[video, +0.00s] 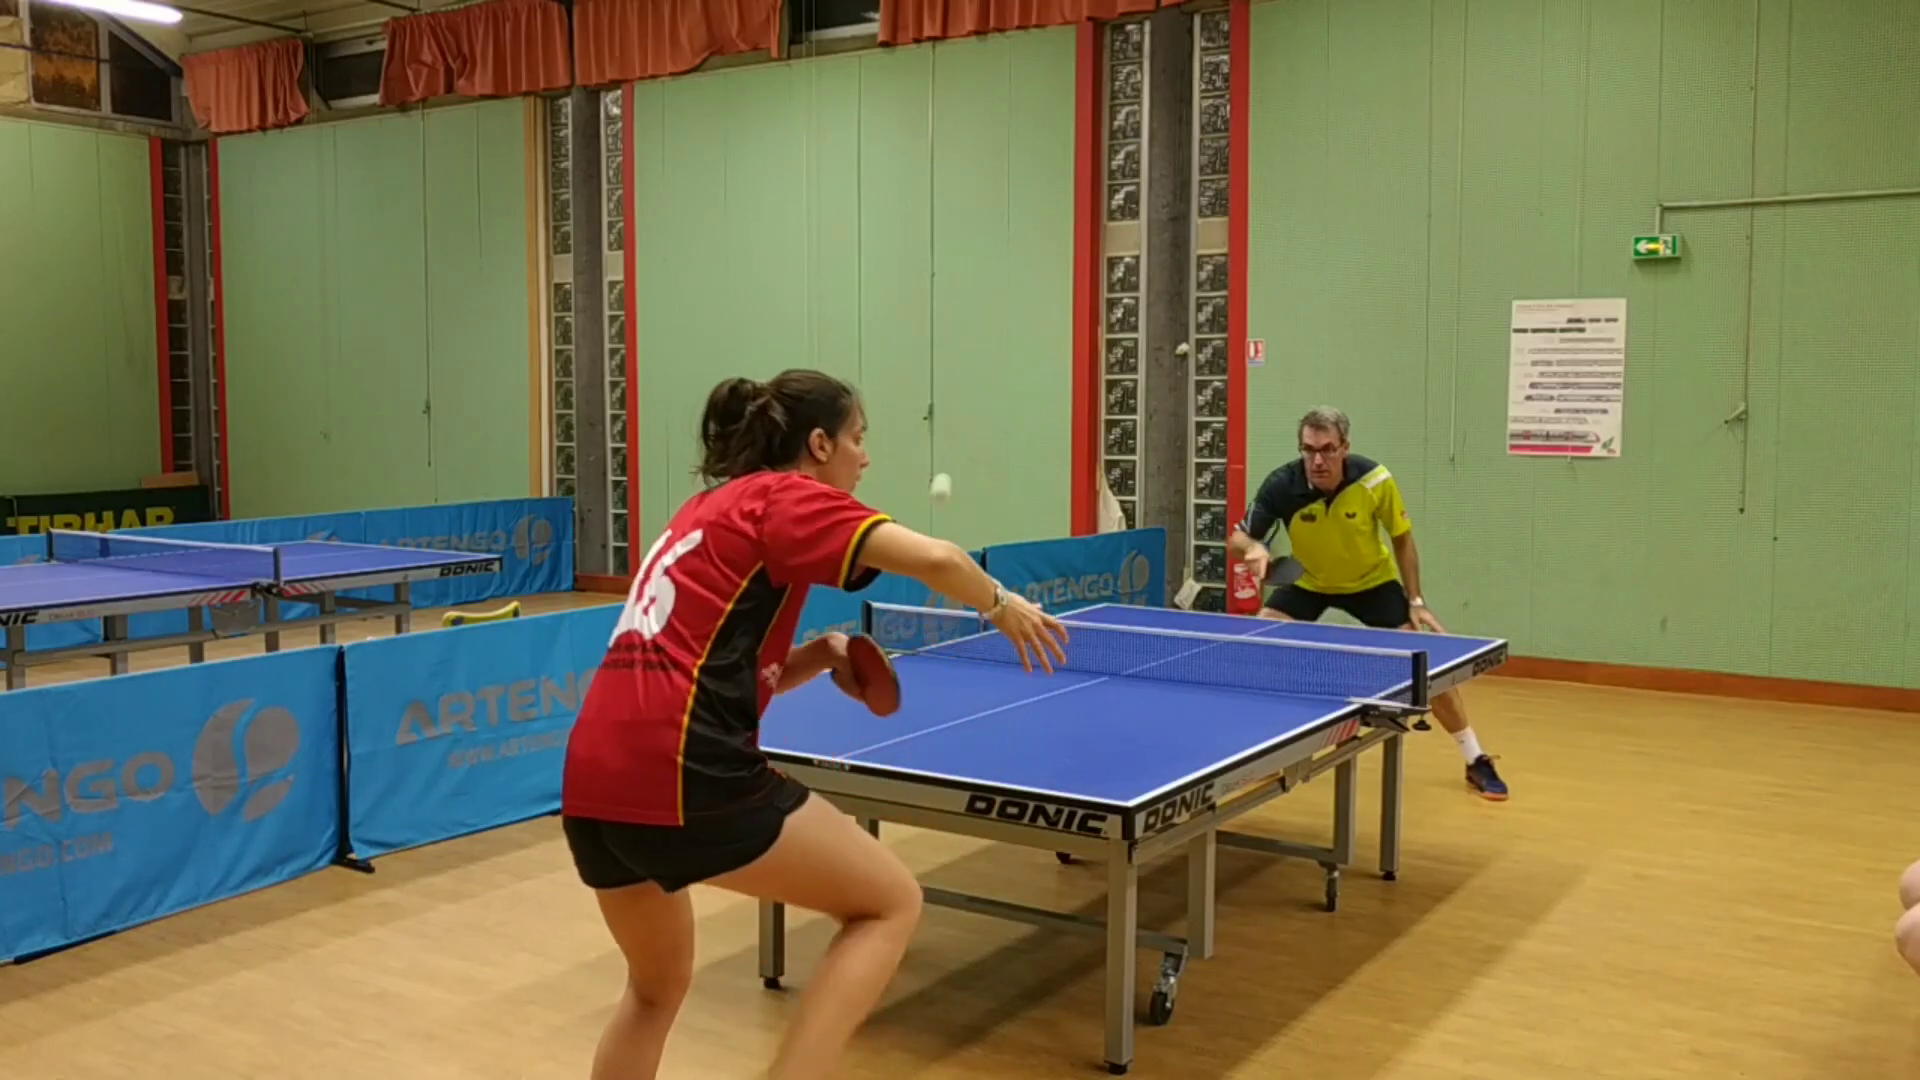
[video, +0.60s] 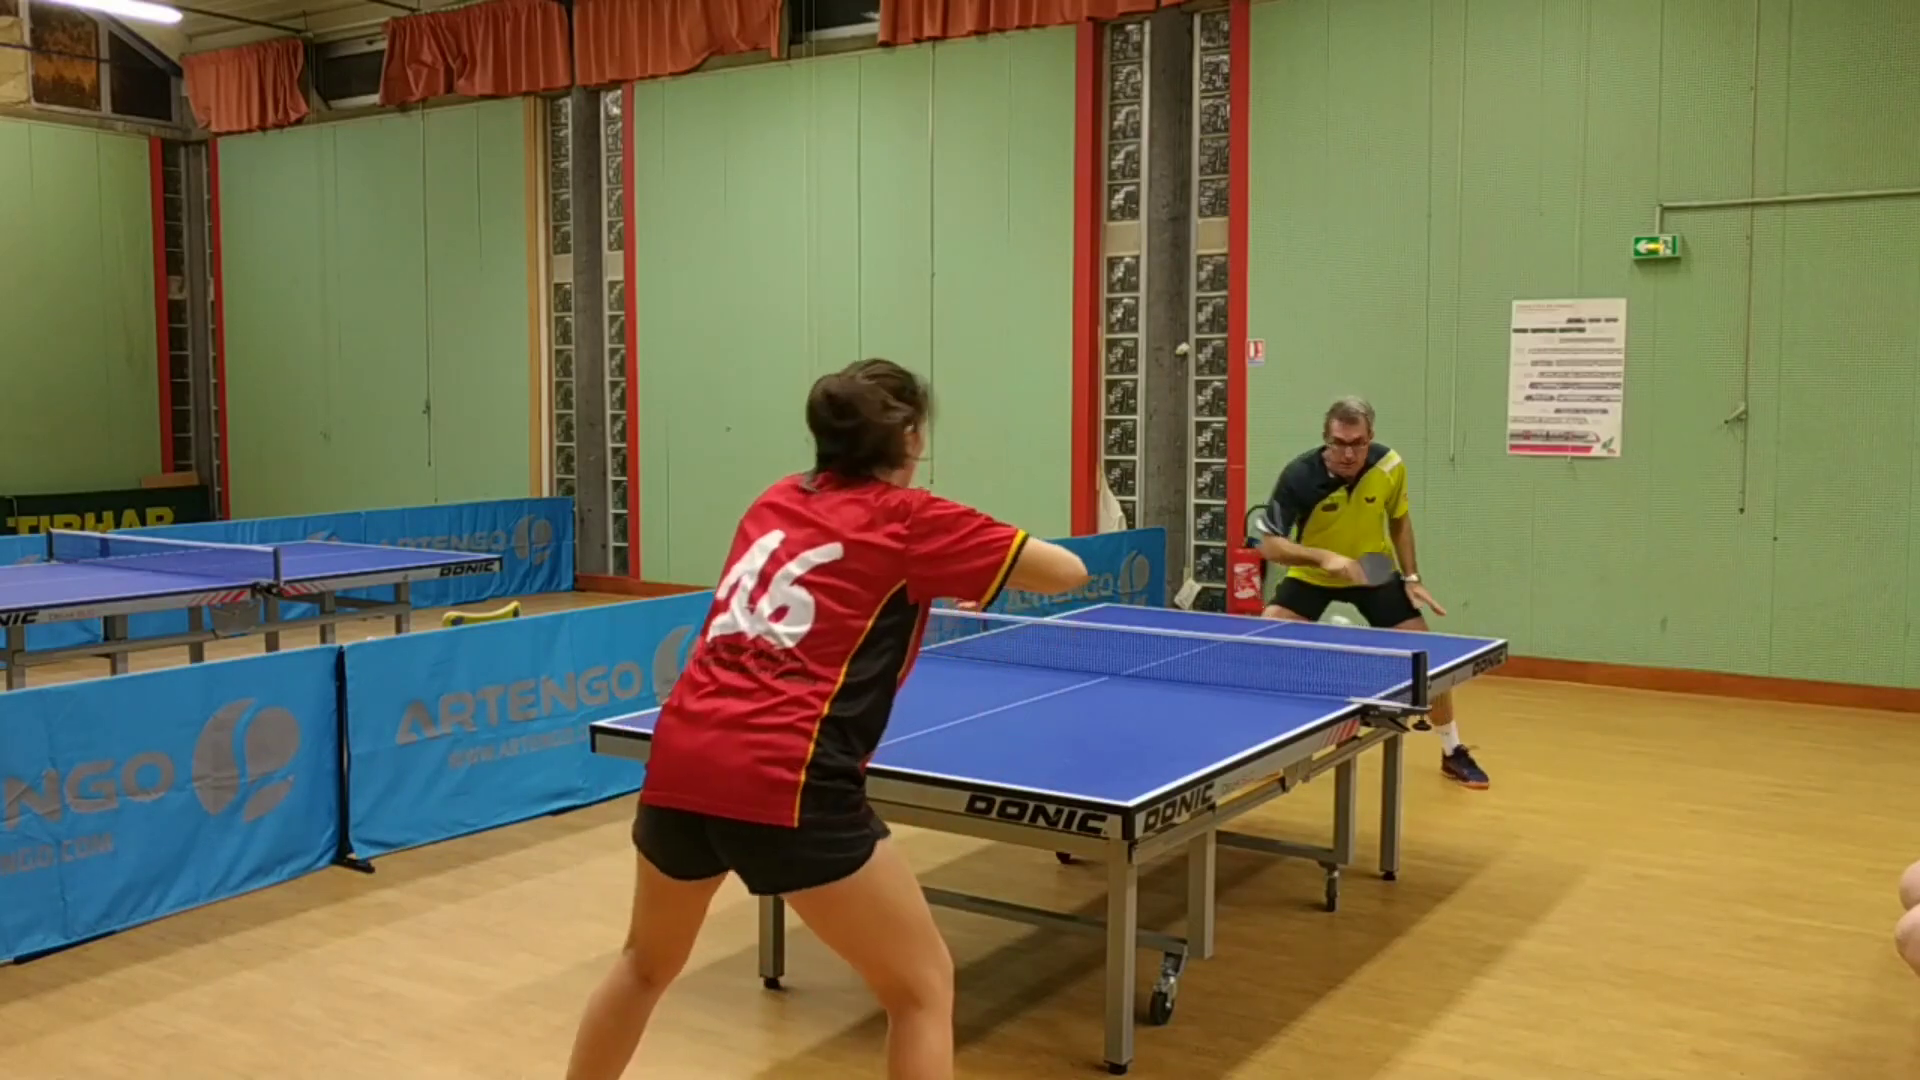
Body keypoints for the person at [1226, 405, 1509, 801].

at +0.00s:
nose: (1318, 461)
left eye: (1327, 450)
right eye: (1310, 451)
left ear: (1345, 448)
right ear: (1299, 450)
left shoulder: (1372, 478)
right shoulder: (1282, 485)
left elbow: (1403, 539)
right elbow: (1239, 538)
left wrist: (1415, 600)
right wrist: (1254, 548)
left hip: (1372, 583)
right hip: (1310, 583)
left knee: (1425, 658)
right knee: (1256, 643)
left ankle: (1476, 759)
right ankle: (1259, 753)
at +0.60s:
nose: (1348, 454)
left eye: (1357, 444)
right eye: (1339, 445)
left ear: (1370, 438)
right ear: (1326, 439)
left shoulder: (1388, 465)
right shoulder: (1299, 476)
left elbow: (1399, 521)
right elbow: (1269, 545)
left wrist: (1411, 577)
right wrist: (1323, 557)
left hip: (1374, 575)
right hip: (1311, 577)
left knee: (1422, 652)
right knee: (1268, 633)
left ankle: (1453, 751)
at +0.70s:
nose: (1381, 468)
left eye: (1390, 459)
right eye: (1372, 459)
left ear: (1401, 454)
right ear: (1355, 450)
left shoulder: (1409, 475)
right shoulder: (1329, 485)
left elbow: (1412, 529)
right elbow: (1315, 567)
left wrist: (1428, 584)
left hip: (1386, 582)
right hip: (1327, 582)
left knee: (1435, 642)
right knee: (1282, 632)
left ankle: (1456, 751)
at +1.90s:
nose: (1425, 441)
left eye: (1435, 431)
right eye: (1419, 432)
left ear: (1457, 429)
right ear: (1412, 432)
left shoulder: (1494, 467)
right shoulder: (1404, 476)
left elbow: (1530, 521)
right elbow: (1385, 534)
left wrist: (1544, 587)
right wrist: (1371, 578)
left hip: (1495, 581)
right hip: (1433, 578)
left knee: (1548, 669)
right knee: (1391, 638)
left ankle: (1578, 748)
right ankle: (1344, 740)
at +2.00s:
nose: (1439, 435)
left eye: (1448, 424)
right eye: (1432, 425)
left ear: (1471, 421)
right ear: (1427, 426)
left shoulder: (1514, 456)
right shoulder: (1428, 466)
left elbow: (1555, 510)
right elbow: (1413, 523)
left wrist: (1558, 574)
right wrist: (1397, 565)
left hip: (1522, 570)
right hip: (1459, 567)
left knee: (1560, 665)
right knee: (1412, 628)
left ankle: (1583, 747)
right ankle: (1381, 726)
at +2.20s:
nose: (1459, 431)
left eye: (1467, 421)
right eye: (1454, 422)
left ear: (1491, 417)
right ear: (1448, 422)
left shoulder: (1534, 452)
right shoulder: (1447, 461)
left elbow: (1573, 504)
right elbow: (1433, 514)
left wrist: (1581, 565)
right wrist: (1426, 557)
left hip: (1541, 568)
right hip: (1479, 568)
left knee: (1570, 657)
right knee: (1437, 636)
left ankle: (1588, 746)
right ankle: (1433, 732)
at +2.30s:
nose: (1463, 419)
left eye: (1470, 408)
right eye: (1457, 411)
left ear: (1496, 400)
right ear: (1453, 409)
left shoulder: (1541, 436)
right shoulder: (1458, 439)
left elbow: (1577, 490)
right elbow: (1461, 490)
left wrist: (1582, 553)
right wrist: (1447, 543)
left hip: (1544, 552)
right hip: (1487, 554)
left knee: (1565, 646)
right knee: (1459, 627)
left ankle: (1586, 740)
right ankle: (1433, 729)